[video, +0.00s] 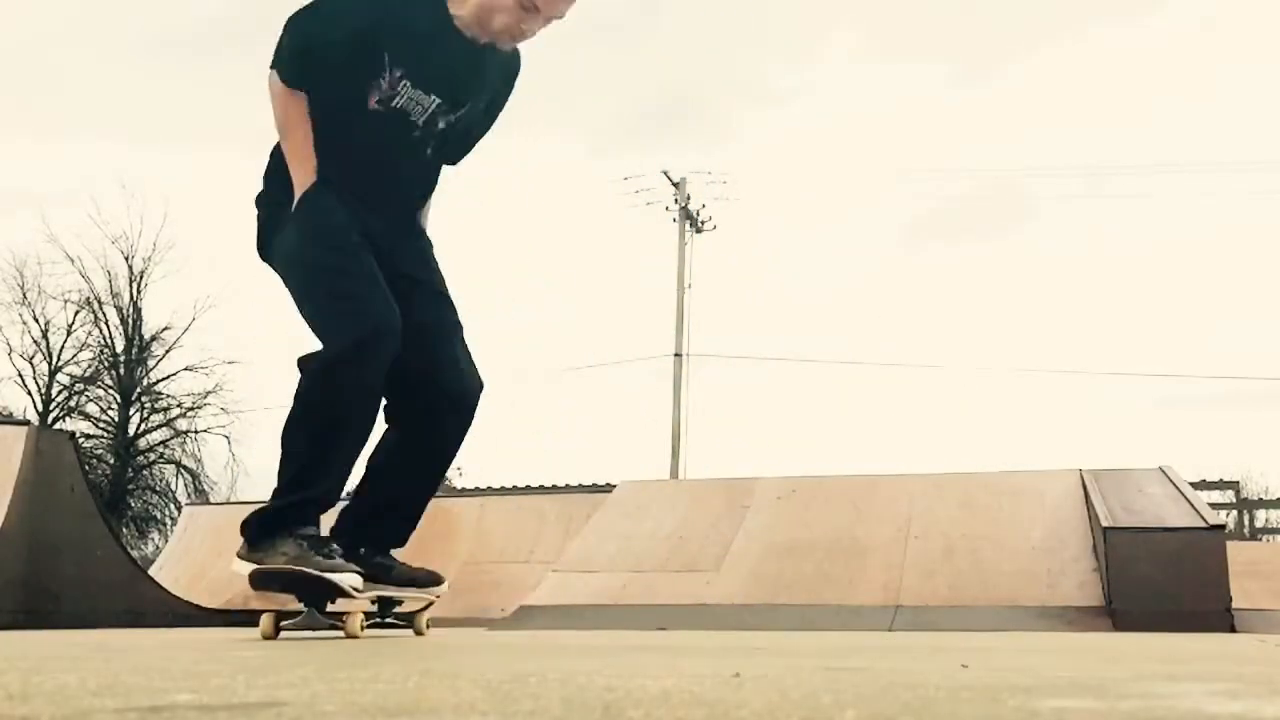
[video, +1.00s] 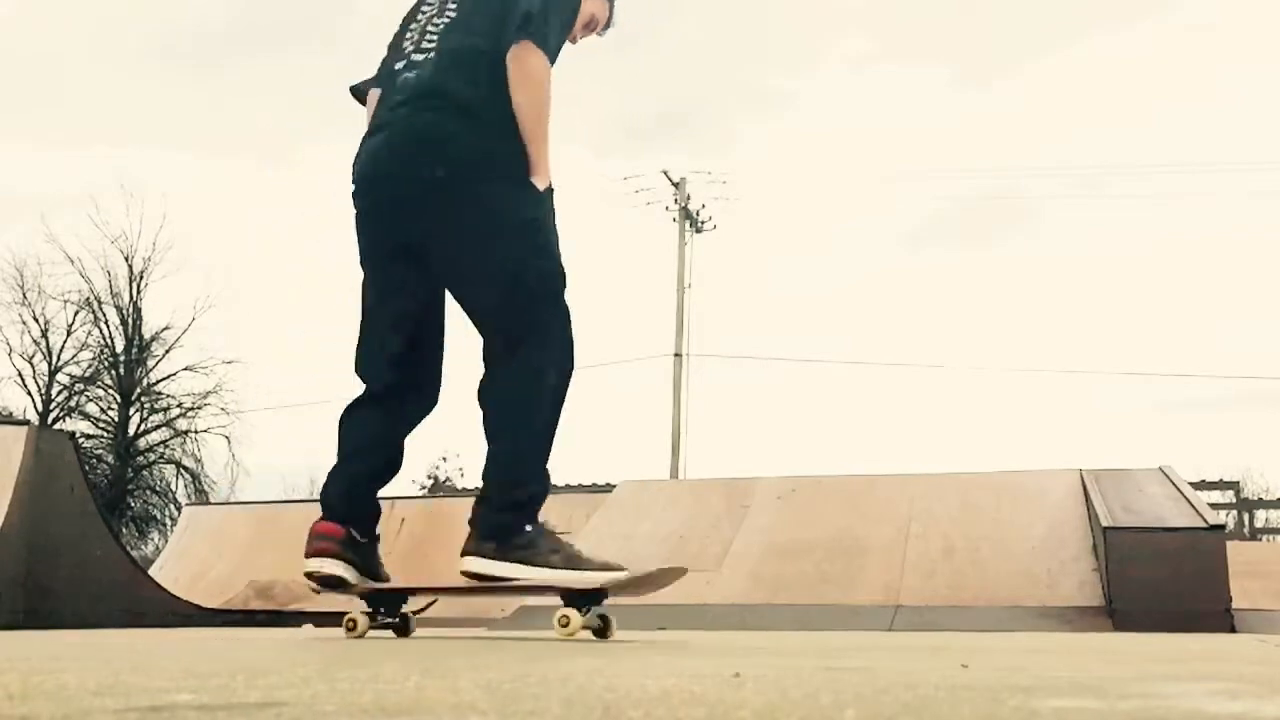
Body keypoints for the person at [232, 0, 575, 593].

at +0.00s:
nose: (534, 28)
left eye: (550, 20)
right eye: (532, 8)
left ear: (555, 19)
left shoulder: (499, 67)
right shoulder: (376, 12)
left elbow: (430, 158)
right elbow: (287, 71)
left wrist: (413, 237)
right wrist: (307, 192)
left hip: (392, 221)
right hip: (315, 196)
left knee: (449, 387)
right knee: (366, 335)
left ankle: (362, 543)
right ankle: (281, 530)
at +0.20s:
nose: (566, 61)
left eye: (581, 56)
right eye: (572, 41)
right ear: (547, 3)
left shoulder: (502, 79)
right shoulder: (431, 13)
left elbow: (421, 151)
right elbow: (308, 46)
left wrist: (390, 210)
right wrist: (318, 175)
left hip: (385, 215)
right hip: (311, 187)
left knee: (428, 380)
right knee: (365, 329)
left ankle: (354, 543)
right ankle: (272, 526)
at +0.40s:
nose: (591, 63)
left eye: (604, 59)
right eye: (599, 45)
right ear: (577, 4)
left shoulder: (496, 77)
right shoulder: (459, 9)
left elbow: (411, 149)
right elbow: (341, 36)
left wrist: (392, 211)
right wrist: (334, 161)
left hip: (385, 200)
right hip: (318, 172)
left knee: (419, 375)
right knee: (357, 333)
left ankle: (348, 541)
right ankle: (261, 527)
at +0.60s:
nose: (597, 66)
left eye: (611, 63)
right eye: (610, 50)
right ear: (592, 6)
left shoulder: (496, 49)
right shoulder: (494, 9)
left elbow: (415, 120)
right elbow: (405, 24)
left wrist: (399, 187)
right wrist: (373, 145)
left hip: (386, 186)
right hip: (338, 157)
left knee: (406, 366)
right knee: (343, 324)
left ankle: (335, 540)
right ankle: (247, 524)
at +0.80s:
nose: (567, 51)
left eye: (578, 52)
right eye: (579, 38)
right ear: (569, 3)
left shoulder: (452, 14)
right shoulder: (530, 6)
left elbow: (370, 81)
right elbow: (490, 47)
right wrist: (473, 156)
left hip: (356, 156)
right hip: (401, 153)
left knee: (369, 338)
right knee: (406, 328)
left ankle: (327, 538)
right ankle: (274, 497)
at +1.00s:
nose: (583, 34)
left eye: (592, 31)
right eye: (594, 22)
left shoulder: (432, 8)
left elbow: (377, 94)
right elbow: (527, 53)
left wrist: (386, 171)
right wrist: (540, 171)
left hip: (385, 168)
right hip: (473, 163)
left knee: (399, 364)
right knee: (534, 345)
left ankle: (344, 522)